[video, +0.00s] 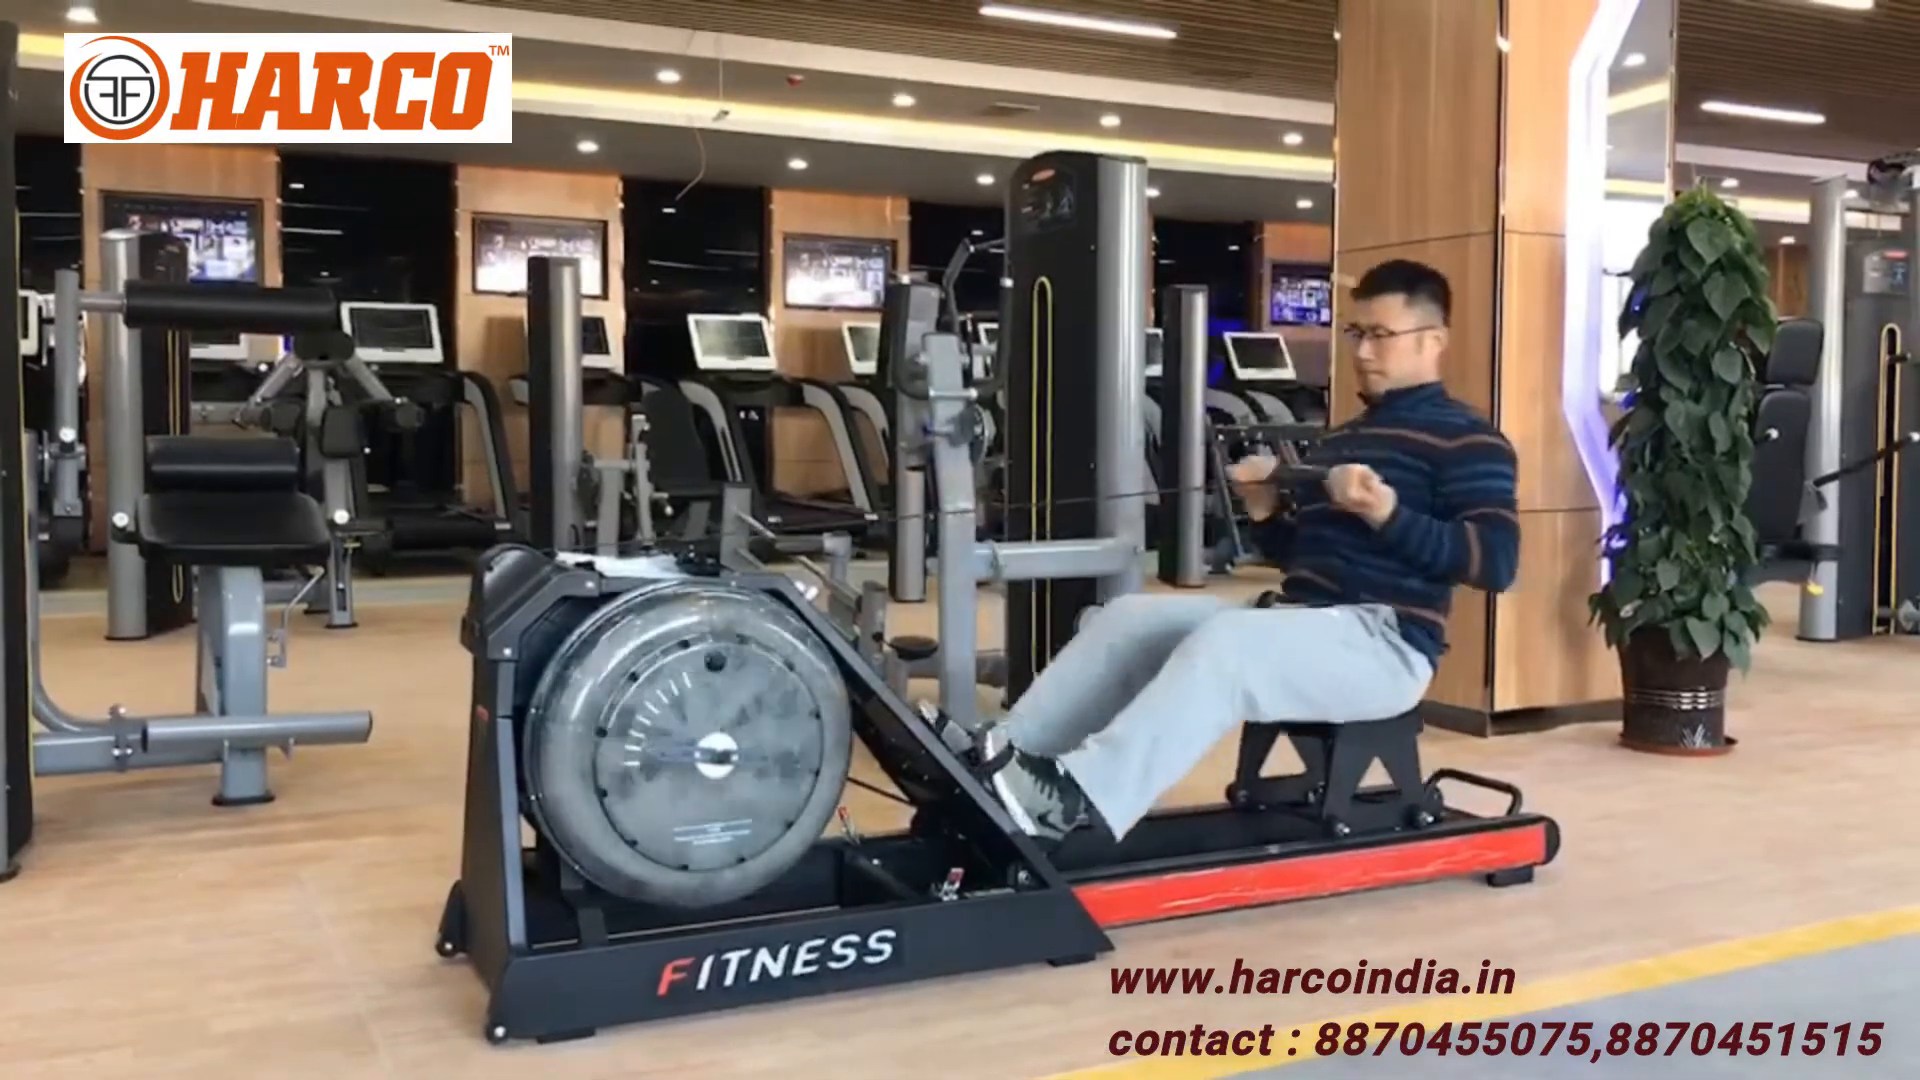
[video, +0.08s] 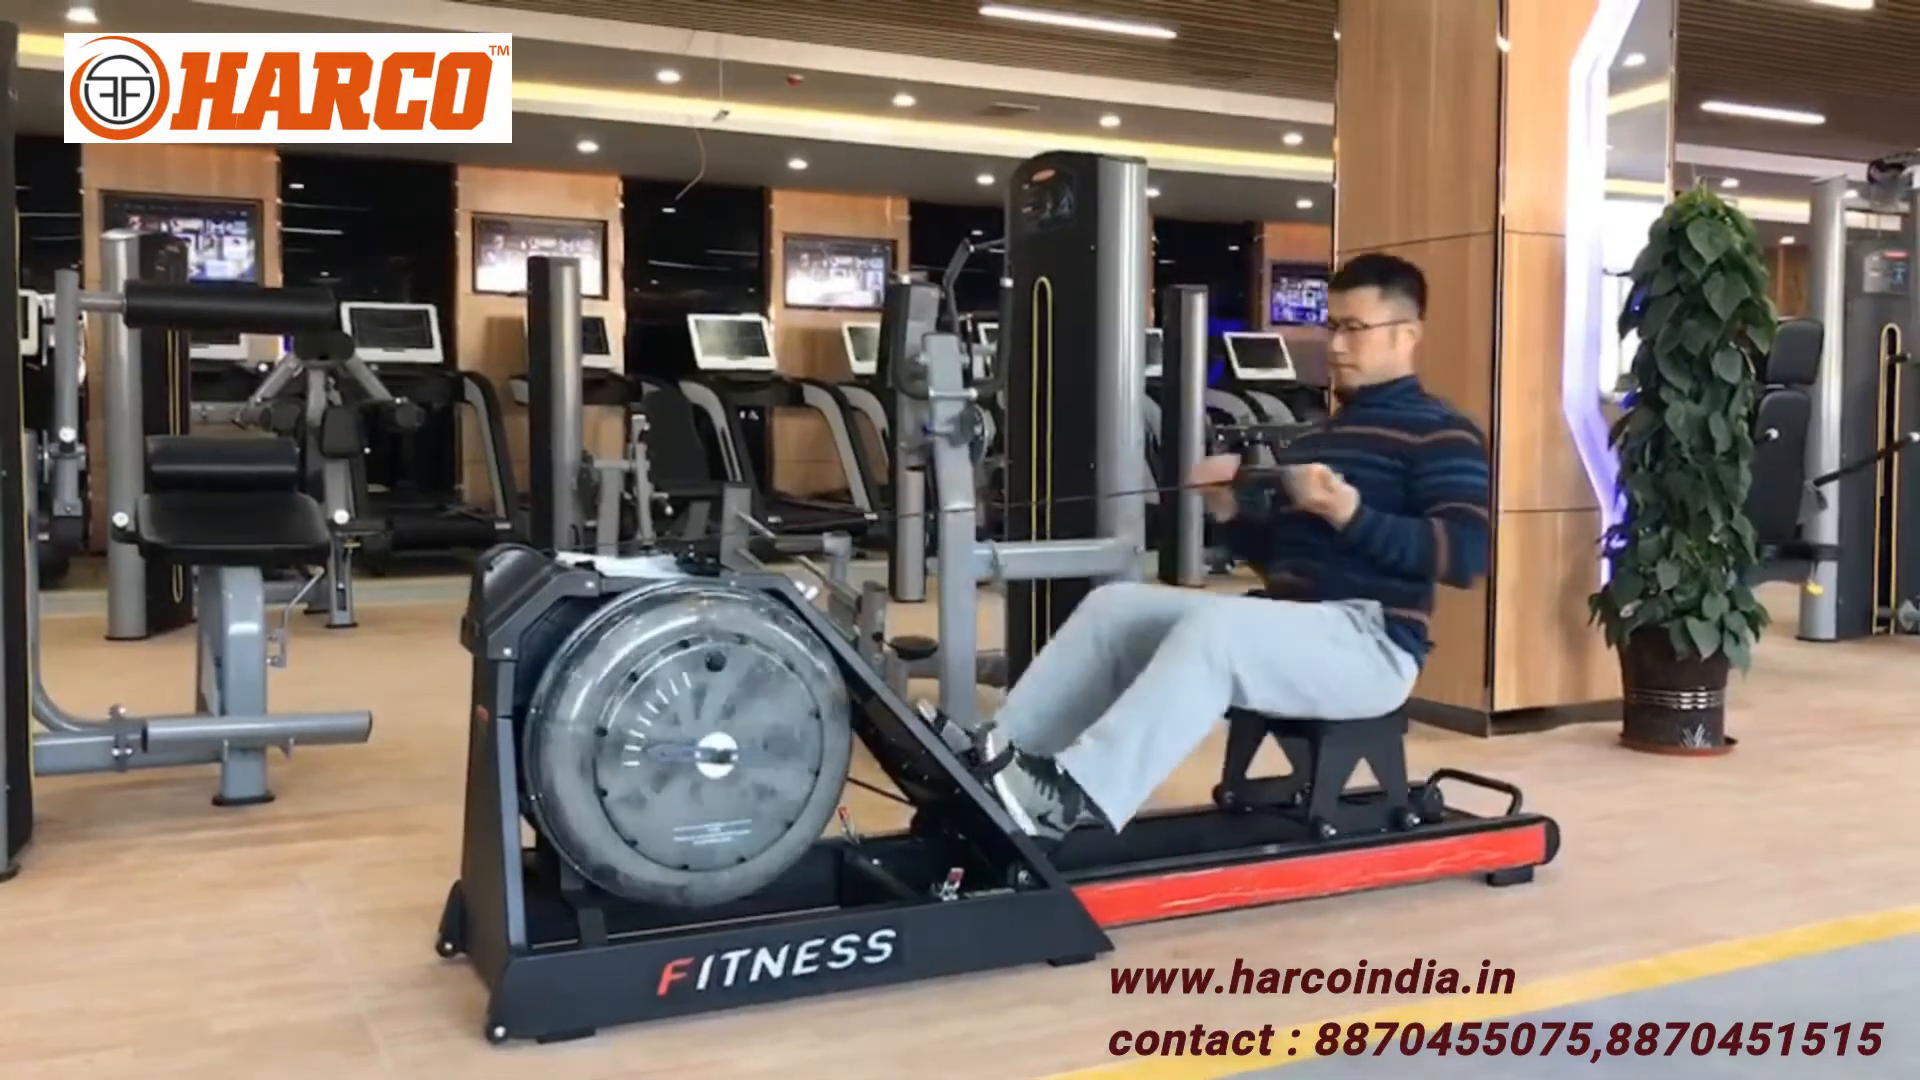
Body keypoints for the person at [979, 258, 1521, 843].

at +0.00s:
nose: (1362, 350)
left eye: (1381, 334)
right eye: (1357, 335)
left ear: (1434, 344)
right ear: (1352, 340)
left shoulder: (1471, 440)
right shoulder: (1340, 437)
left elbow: (1496, 562)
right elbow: (1300, 555)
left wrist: (1392, 516)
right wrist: (1263, 505)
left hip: (1384, 641)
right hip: (1297, 619)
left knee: (1222, 648)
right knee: (1127, 618)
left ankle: (1079, 800)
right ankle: (999, 754)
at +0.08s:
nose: (1336, 343)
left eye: (1355, 329)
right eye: (1332, 328)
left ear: (1407, 337)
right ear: (1326, 333)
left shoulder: (1444, 434)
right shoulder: (1319, 434)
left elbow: (1463, 554)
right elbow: (1278, 553)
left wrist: (1354, 516)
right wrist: (1225, 504)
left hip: (1371, 642)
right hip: (1289, 624)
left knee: (1210, 629)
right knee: (1116, 606)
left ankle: (1075, 795)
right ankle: (995, 754)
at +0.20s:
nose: (1274, 331)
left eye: (1293, 316)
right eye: (1272, 315)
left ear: (1351, 326)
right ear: (1266, 317)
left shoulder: (1385, 429)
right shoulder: (1260, 432)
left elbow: (1382, 547)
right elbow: (1218, 540)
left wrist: (1267, 522)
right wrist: (1139, 520)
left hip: (1336, 643)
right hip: (1239, 623)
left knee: (1190, 607)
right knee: (1085, 587)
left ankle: (1062, 788)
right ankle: (981, 751)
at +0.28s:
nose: (1241, 327)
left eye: (1261, 312)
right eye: (1239, 311)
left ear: (1319, 324)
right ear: (1234, 317)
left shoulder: (1351, 423)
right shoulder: (1226, 431)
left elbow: (1348, 541)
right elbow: (1175, 534)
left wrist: (1228, 529)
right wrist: (1090, 513)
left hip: (1317, 644)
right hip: (1219, 620)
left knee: (1176, 599)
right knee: (1060, 580)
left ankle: (1054, 787)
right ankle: (973, 751)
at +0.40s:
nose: (1180, 319)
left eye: (1200, 304)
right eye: (1176, 304)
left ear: (1255, 321)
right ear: (1167, 314)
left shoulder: (1285, 411)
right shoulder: (1167, 419)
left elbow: (1273, 519)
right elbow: (1099, 490)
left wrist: (1148, 528)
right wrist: (1021, 498)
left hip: (1276, 645)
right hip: (1178, 612)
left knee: (1137, 589)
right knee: (1021, 571)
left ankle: (1042, 786)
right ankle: (961, 749)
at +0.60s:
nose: (1121, 313)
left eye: (1139, 298)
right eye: (1120, 298)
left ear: (1195, 316)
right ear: (1113, 309)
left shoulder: (1227, 414)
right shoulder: (1113, 415)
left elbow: (1166, 487)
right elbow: (1034, 467)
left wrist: (1039, 509)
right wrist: (940, 487)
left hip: (1230, 652)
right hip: (1127, 637)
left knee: (1097, 566)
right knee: (974, 564)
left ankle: (1034, 784)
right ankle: (959, 758)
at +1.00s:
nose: (1231, 309)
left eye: (1253, 298)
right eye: (1231, 296)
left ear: (1306, 322)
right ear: (1224, 307)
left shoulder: (1322, 416)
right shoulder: (1210, 411)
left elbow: (1221, 465)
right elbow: (1118, 448)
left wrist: (1100, 492)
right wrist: (1000, 471)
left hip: (1280, 644)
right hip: (1188, 619)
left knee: (1133, 581)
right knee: (1032, 572)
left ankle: (1038, 786)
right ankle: (959, 747)